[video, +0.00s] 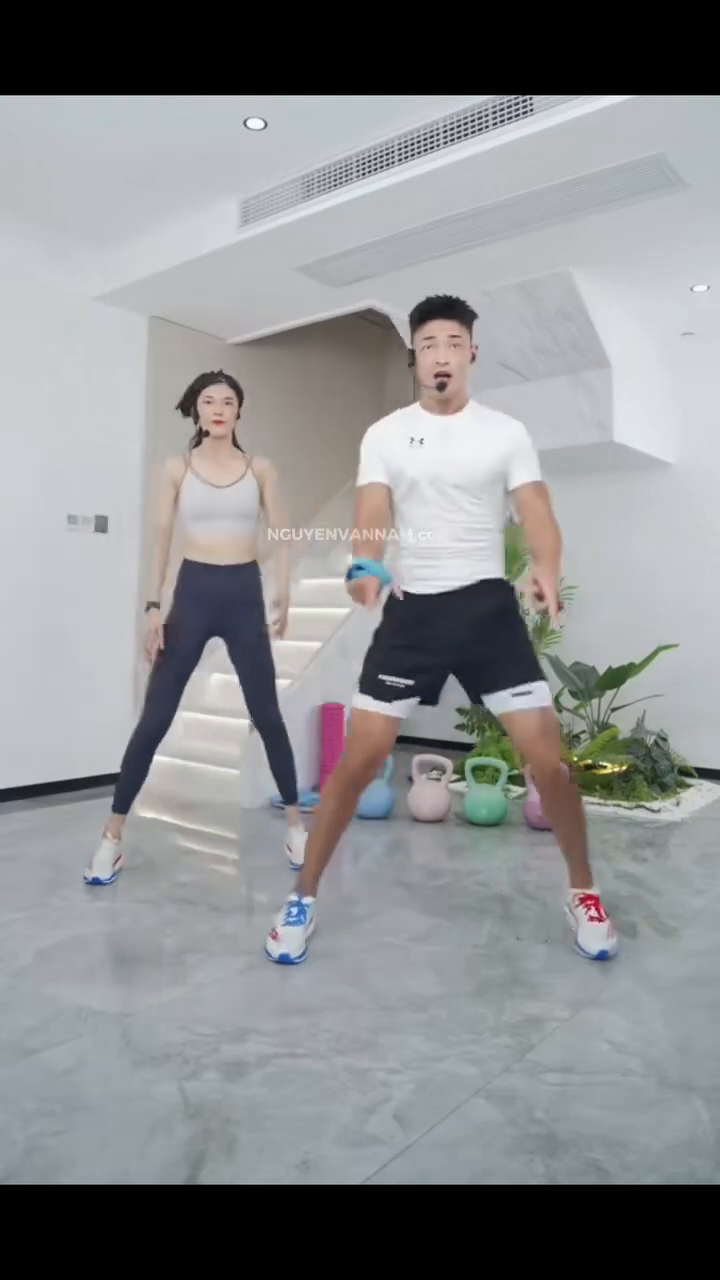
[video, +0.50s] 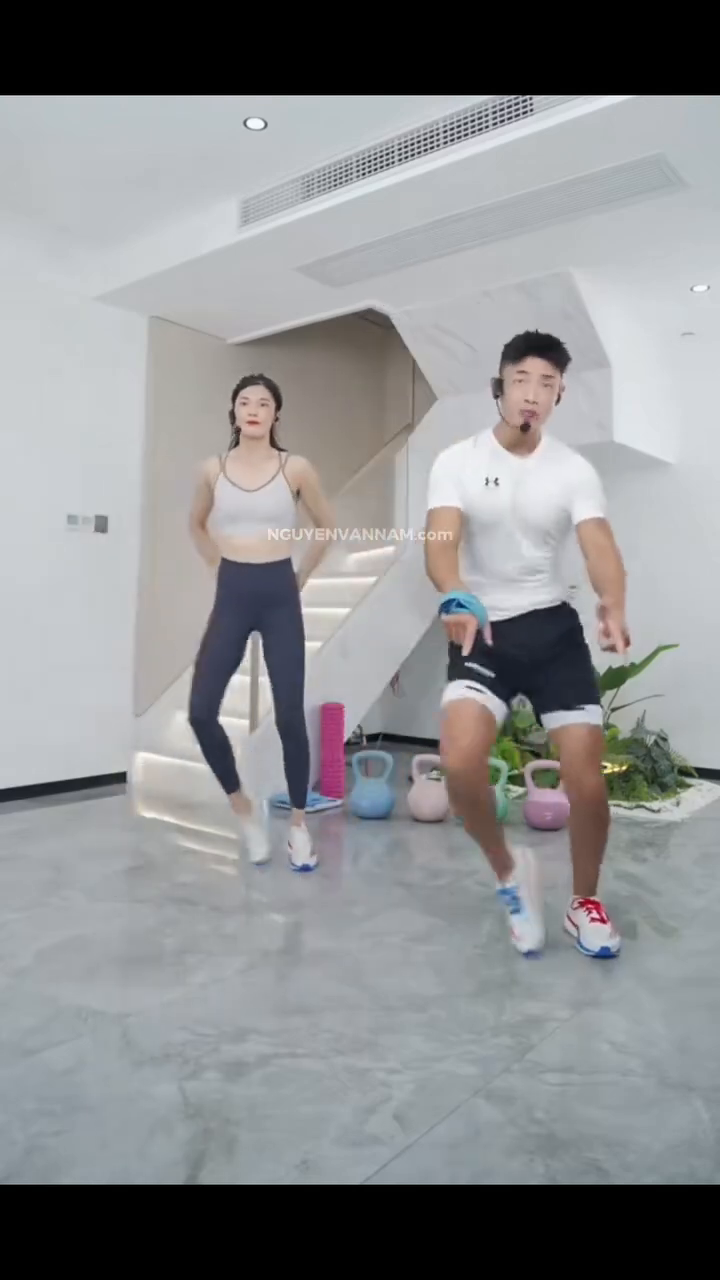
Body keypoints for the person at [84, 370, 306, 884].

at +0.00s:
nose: (219, 410)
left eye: (227, 403)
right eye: (210, 403)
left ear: (239, 412)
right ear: (196, 411)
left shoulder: (260, 470)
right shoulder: (177, 467)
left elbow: (280, 536)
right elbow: (163, 538)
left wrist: (283, 599)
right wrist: (155, 606)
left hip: (245, 597)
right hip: (189, 596)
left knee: (266, 715)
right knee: (155, 719)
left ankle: (296, 825)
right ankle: (113, 833)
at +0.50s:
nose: (253, 410)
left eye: (262, 403)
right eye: (245, 403)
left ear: (276, 414)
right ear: (233, 413)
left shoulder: (295, 469)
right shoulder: (215, 470)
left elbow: (328, 528)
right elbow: (196, 524)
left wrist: (299, 577)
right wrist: (221, 566)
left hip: (280, 593)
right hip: (232, 594)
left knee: (290, 716)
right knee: (201, 713)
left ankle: (298, 823)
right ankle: (243, 811)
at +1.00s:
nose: (185, 412)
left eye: (194, 406)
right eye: (178, 404)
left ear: (207, 415)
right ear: (164, 411)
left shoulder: (222, 472)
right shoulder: (137, 462)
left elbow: (258, 525)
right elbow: (80, 495)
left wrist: (215, 550)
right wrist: (119, 536)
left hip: (191, 601)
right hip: (140, 598)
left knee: (229, 712)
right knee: (113, 711)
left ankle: (253, 814)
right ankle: (92, 827)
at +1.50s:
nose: (200, 418)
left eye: (205, 410)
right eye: (192, 408)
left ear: (208, 415)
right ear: (164, 410)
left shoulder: (215, 466)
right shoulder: (133, 464)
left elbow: (263, 512)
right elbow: (113, 539)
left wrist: (221, 541)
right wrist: (139, 530)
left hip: (193, 599)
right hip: (142, 597)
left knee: (237, 700)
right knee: (113, 710)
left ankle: (239, 794)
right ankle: (94, 826)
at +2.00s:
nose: (270, 415)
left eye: (274, 406)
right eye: (261, 406)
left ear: (277, 410)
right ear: (235, 407)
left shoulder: (286, 458)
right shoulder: (207, 461)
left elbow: (314, 510)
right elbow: (194, 532)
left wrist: (315, 548)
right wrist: (189, 600)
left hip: (276, 581)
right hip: (227, 581)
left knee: (281, 703)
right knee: (226, 703)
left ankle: (292, 815)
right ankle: (241, 793)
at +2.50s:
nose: (243, 415)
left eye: (251, 407)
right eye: (236, 404)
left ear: (257, 412)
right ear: (217, 404)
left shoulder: (262, 463)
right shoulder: (182, 453)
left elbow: (283, 535)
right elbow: (162, 516)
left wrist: (277, 596)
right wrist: (152, 579)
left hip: (231, 588)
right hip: (179, 583)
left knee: (254, 706)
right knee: (145, 701)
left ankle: (290, 818)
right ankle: (108, 817)